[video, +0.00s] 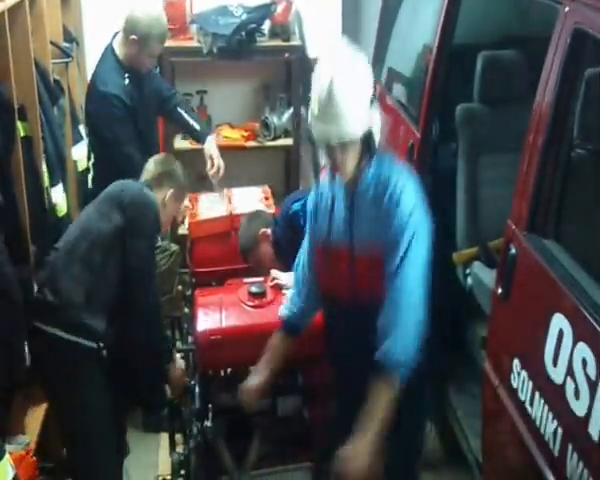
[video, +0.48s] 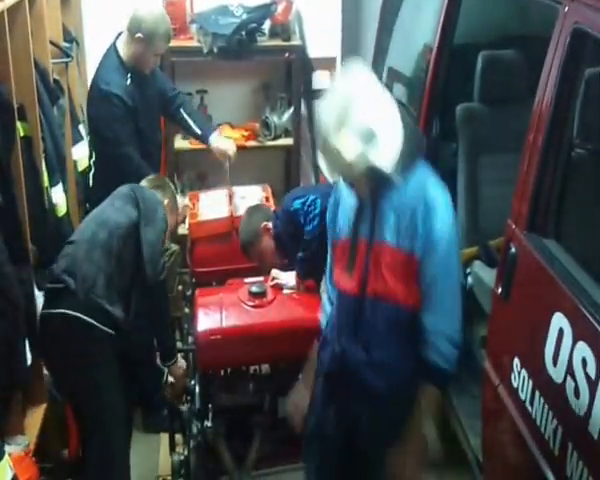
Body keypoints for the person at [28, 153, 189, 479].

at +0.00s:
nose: (173, 222)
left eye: (179, 214)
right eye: (177, 211)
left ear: (152, 184)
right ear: (167, 194)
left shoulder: (122, 194)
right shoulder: (140, 201)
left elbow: (136, 300)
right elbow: (141, 299)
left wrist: (165, 358)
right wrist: (165, 363)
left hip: (50, 328)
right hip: (74, 339)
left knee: (90, 448)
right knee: (103, 452)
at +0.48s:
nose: (171, 231)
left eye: (174, 225)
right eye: (174, 222)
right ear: (170, 204)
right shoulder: (151, 200)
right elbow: (153, 278)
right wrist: (171, 357)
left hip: (53, 323)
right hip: (86, 328)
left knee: (96, 430)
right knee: (111, 428)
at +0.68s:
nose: (171, 234)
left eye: (175, 227)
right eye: (175, 223)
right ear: (169, 204)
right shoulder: (152, 199)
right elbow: (153, 277)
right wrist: (172, 356)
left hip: (53, 318)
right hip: (85, 323)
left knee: (94, 422)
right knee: (112, 421)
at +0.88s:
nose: (171, 242)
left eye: (177, 236)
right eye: (177, 231)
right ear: (171, 208)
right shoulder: (151, 200)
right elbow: (153, 277)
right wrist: (172, 357)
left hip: (51, 318)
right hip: (80, 323)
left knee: (92, 430)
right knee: (109, 430)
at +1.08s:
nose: (171, 248)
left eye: (176, 241)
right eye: (176, 236)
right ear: (168, 211)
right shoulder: (146, 201)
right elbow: (149, 281)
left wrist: (160, 389)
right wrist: (171, 359)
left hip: (48, 319)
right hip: (74, 324)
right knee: (106, 432)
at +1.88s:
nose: (193, 293)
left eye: (202, 284)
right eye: (200, 279)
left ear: (187, 249)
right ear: (189, 250)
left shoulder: (155, 267)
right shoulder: (125, 253)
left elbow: (147, 369)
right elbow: (115, 360)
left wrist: (159, 451)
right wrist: (132, 455)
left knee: (109, 465)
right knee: (73, 470)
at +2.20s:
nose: (199, 350)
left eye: (207, 344)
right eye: (205, 340)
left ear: (193, 310)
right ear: (194, 312)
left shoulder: (154, 306)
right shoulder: (130, 311)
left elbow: (149, 404)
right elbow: (120, 412)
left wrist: (169, 472)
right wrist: (135, 473)